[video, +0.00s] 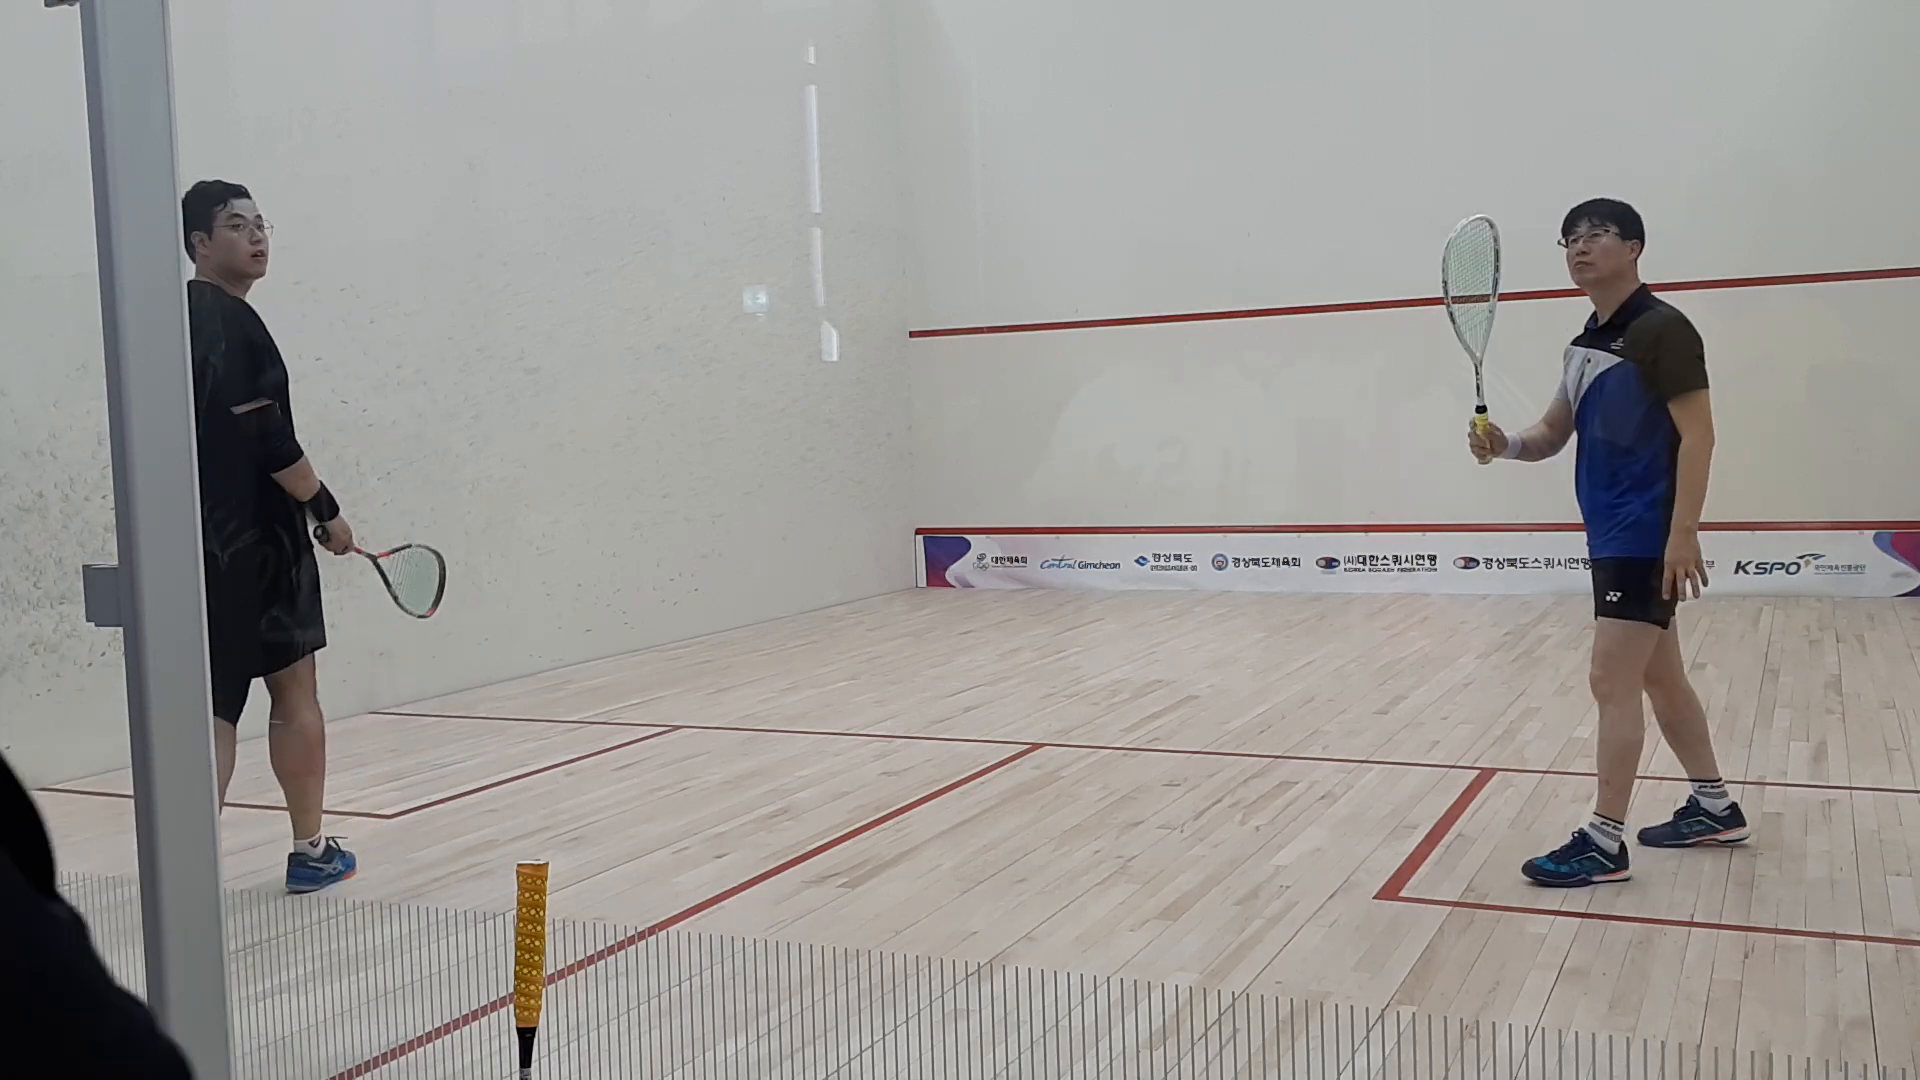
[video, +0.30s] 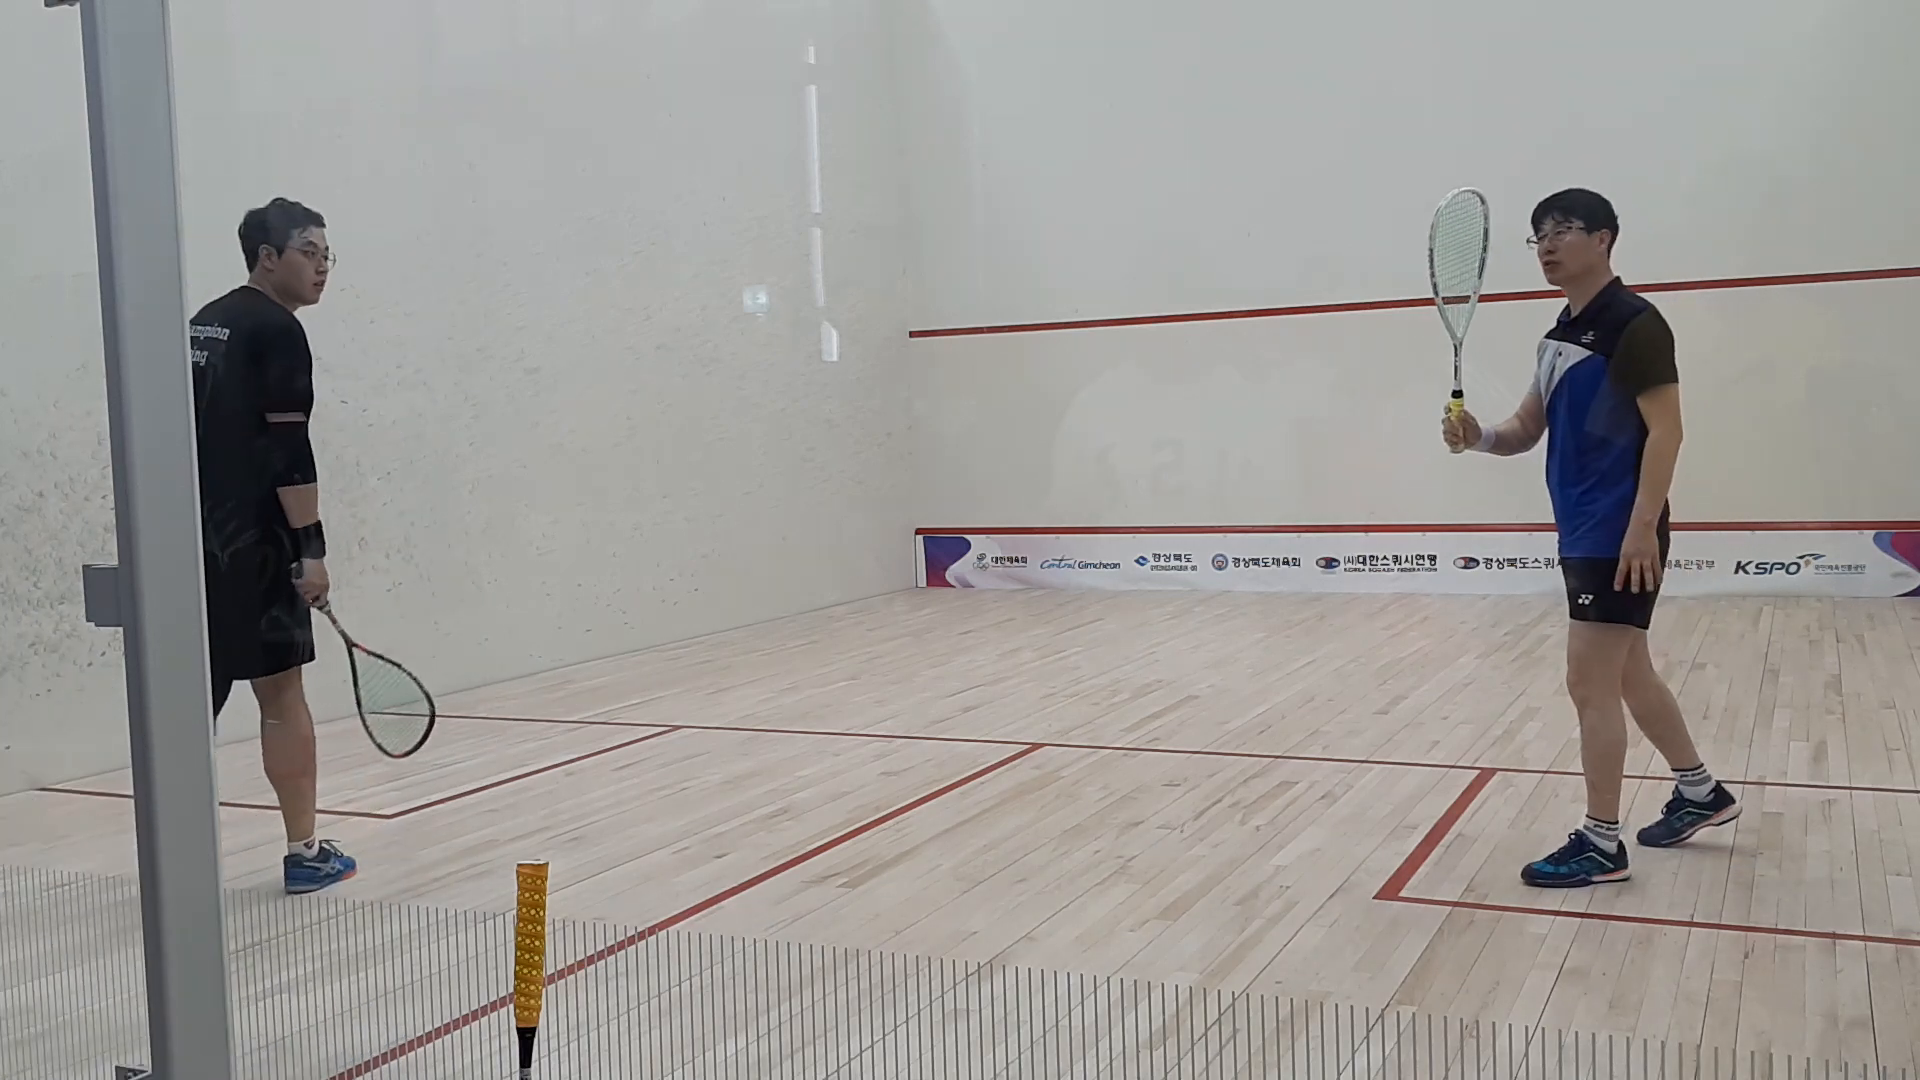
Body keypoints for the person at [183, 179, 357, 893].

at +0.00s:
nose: (261, 237)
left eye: (260, 225)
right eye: (241, 226)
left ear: (218, 248)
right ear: (200, 244)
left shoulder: (176, 317)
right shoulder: (236, 327)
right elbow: (276, 447)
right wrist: (327, 511)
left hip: (199, 546)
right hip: (264, 540)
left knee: (214, 714)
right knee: (295, 691)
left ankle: (189, 868)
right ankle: (311, 849)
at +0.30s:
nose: (324, 267)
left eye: (325, 254)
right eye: (312, 253)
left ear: (260, 260)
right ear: (267, 256)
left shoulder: (202, 321)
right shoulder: (276, 328)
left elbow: (189, 443)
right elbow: (288, 452)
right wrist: (312, 551)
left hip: (190, 549)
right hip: (255, 551)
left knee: (184, 711)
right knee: (281, 700)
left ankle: (169, 864)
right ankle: (304, 851)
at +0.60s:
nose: (294, 262)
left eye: (292, 249)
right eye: (280, 249)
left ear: (232, 259)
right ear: (237, 256)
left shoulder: (189, 315)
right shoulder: (248, 327)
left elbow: (175, 435)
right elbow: (259, 444)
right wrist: (284, 542)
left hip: (180, 537)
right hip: (238, 541)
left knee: (166, 703)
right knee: (267, 695)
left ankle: (153, 868)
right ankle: (304, 849)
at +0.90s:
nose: (246, 257)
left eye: (243, 243)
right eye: (237, 244)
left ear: (190, 251)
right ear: (202, 250)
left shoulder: (121, 318)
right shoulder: (225, 326)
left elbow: (109, 435)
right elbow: (247, 437)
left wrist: (180, 458)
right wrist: (290, 495)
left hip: (143, 541)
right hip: (225, 539)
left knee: (156, 711)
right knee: (278, 689)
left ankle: (149, 869)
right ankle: (310, 844)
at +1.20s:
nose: (282, 278)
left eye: (281, 264)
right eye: (275, 265)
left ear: (219, 267)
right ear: (237, 265)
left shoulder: (141, 317)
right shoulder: (264, 331)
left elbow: (84, 422)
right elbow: (303, 456)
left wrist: (137, 485)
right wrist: (272, 409)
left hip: (157, 545)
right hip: (242, 543)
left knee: (156, 714)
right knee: (280, 698)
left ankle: (153, 870)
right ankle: (320, 850)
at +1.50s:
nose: (310, 263)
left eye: (306, 251)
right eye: (304, 252)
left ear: (236, 260)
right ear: (280, 258)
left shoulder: (174, 312)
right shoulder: (307, 333)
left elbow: (124, 414)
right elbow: (330, 447)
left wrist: (119, 489)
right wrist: (268, 446)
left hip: (179, 543)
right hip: (275, 547)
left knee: (166, 706)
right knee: (295, 699)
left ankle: (151, 866)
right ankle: (323, 855)